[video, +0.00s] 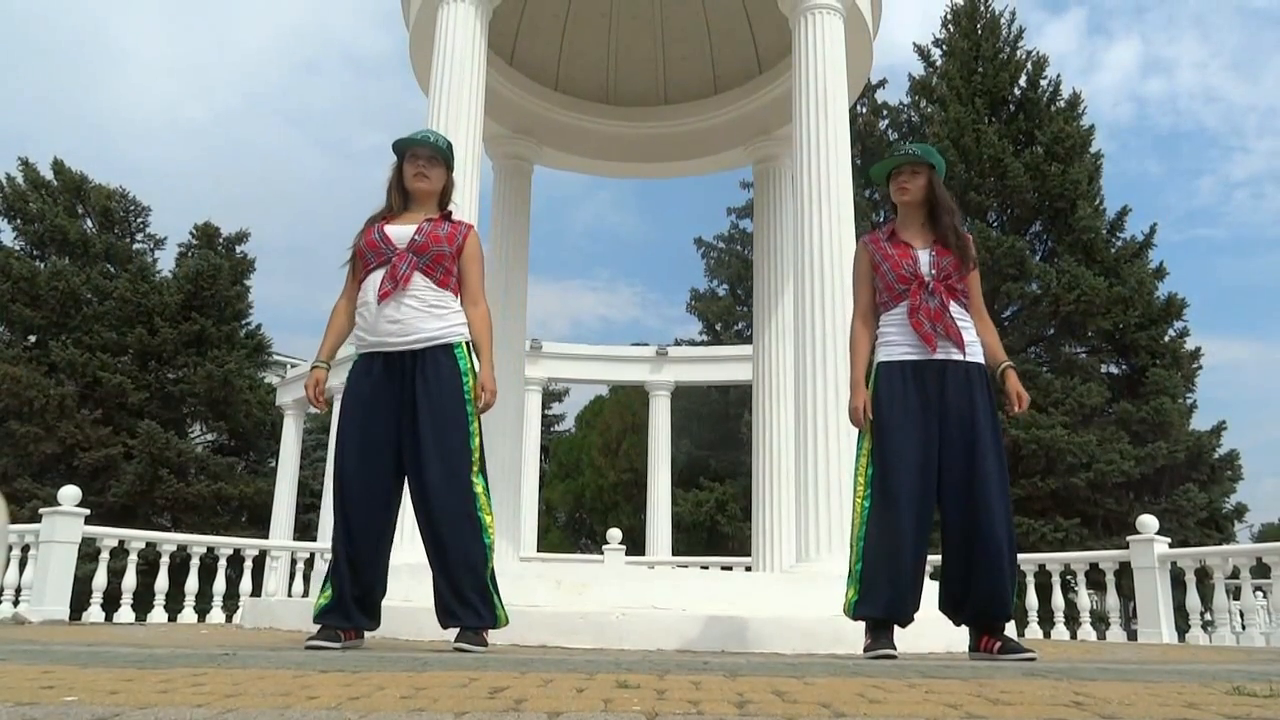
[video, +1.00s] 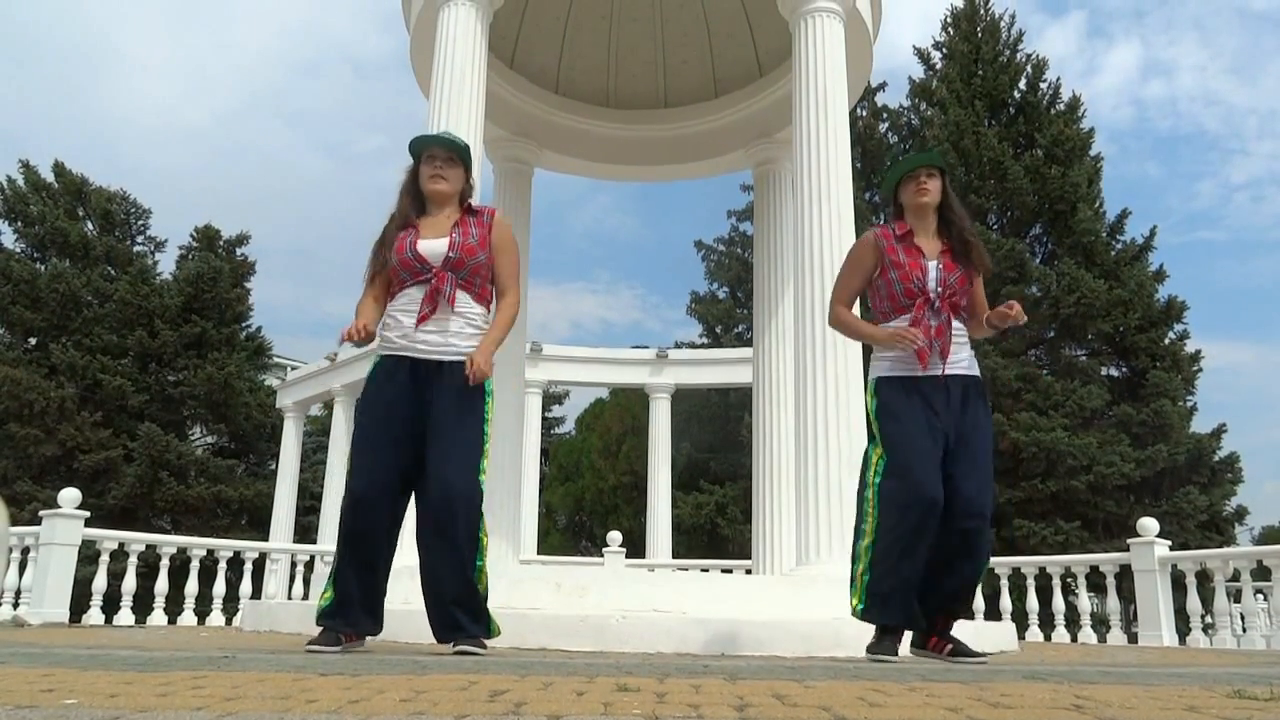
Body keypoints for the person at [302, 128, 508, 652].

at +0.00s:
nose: (421, 165)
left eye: (432, 160)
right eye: (413, 158)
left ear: (448, 174)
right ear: (399, 168)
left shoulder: (459, 232)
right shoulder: (372, 231)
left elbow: (475, 303)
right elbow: (348, 302)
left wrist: (486, 367)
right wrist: (322, 362)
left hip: (440, 366)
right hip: (373, 369)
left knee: (447, 491)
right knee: (359, 491)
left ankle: (472, 621)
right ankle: (346, 618)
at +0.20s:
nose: (423, 165)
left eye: (434, 159)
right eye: (415, 157)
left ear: (451, 173)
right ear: (402, 167)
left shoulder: (462, 233)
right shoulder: (374, 231)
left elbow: (480, 304)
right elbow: (352, 299)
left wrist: (491, 368)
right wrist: (324, 359)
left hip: (445, 365)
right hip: (380, 369)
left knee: (450, 490)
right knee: (358, 488)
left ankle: (470, 623)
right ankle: (344, 620)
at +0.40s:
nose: (423, 164)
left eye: (433, 157)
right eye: (415, 157)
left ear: (451, 170)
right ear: (402, 167)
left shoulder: (467, 231)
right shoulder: (378, 232)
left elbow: (484, 303)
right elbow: (359, 303)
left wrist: (492, 367)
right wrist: (335, 360)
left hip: (447, 364)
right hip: (382, 368)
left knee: (451, 491)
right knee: (356, 488)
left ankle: (470, 623)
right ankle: (343, 619)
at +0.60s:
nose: (423, 163)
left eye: (433, 156)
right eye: (415, 156)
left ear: (452, 167)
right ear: (402, 167)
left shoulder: (472, 227)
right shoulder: (383, 229)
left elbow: (486, 299)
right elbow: (364, 303)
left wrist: (490, 367)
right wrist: (343, 366)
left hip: (447, 364)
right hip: (382, 366)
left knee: (450, 491)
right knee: (359, 490)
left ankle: (470, 624)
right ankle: (342, 620)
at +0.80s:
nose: (424, 165)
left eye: (434, 158)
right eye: (416, 158)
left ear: (453, 168)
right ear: (403, 168)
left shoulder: (473, 226)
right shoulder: (384, 231)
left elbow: (491, 302)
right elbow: (365, 306)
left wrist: (500, 371)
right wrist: (341, 369)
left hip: (446, 369)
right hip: (380, 369)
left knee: (447, 495)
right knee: (364, 495)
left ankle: (465, 626)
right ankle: (345, 622)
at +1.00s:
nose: (437, 167)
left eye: (447, 161)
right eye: (429, 160)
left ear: (466, 175)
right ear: (415, 172)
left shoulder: (491, 225)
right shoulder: (397, 231)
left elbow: (509, 297)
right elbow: (377, 288)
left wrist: (487, 348)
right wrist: (365, 321)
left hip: (458, 375)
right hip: (394, 372)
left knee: (451, 500)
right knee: (368, 495)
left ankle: (461, 629)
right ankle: (348, 621)